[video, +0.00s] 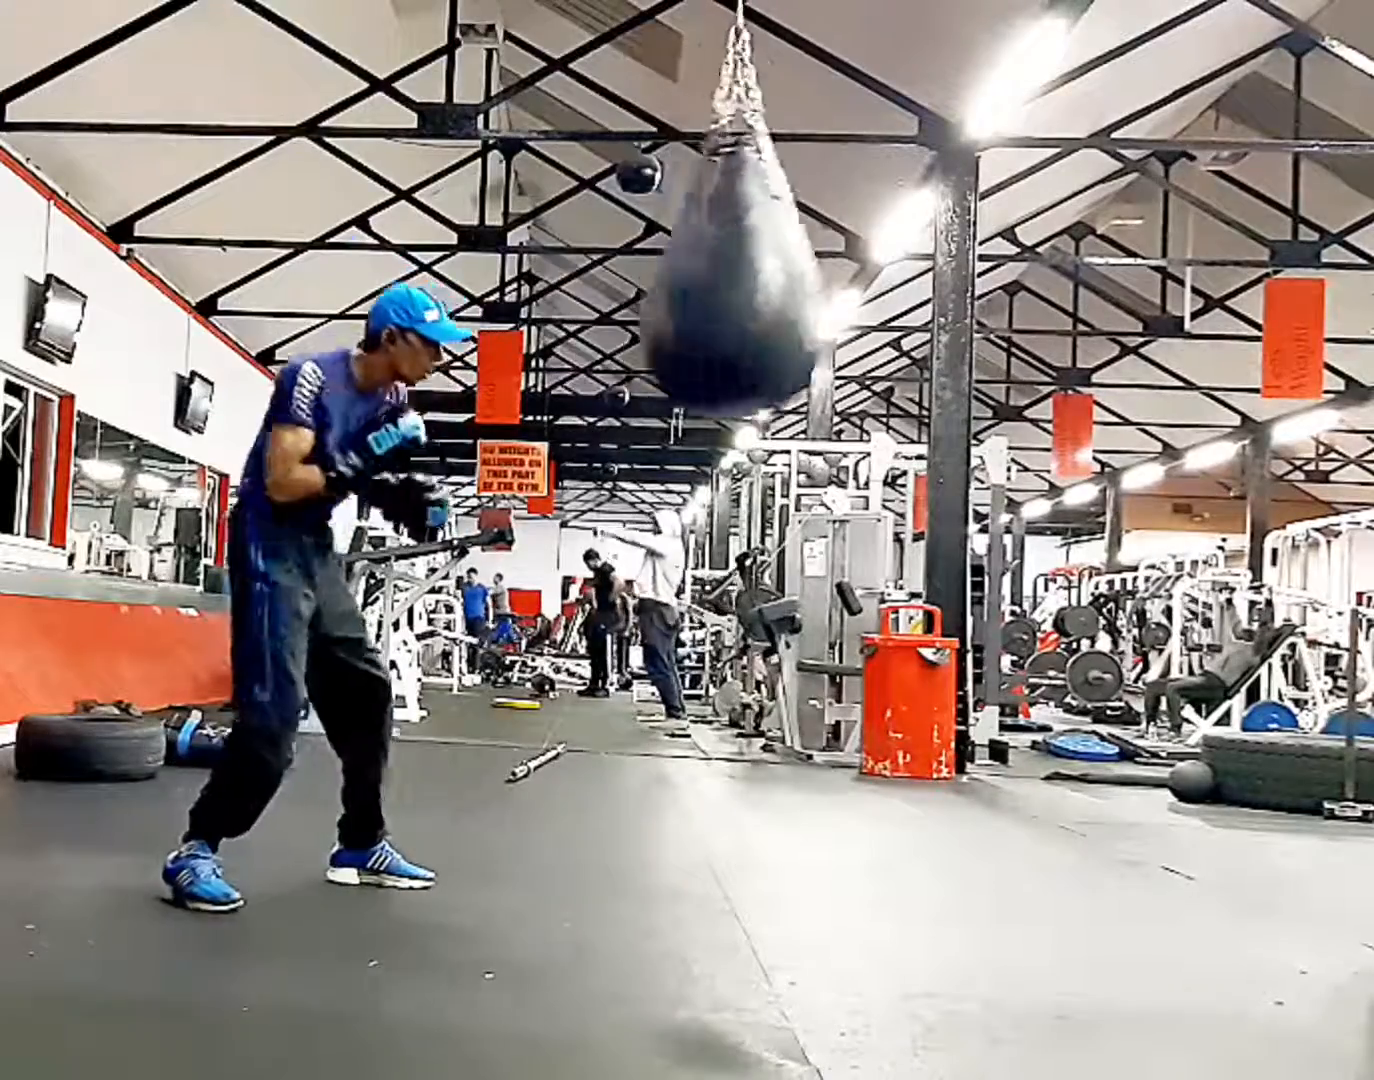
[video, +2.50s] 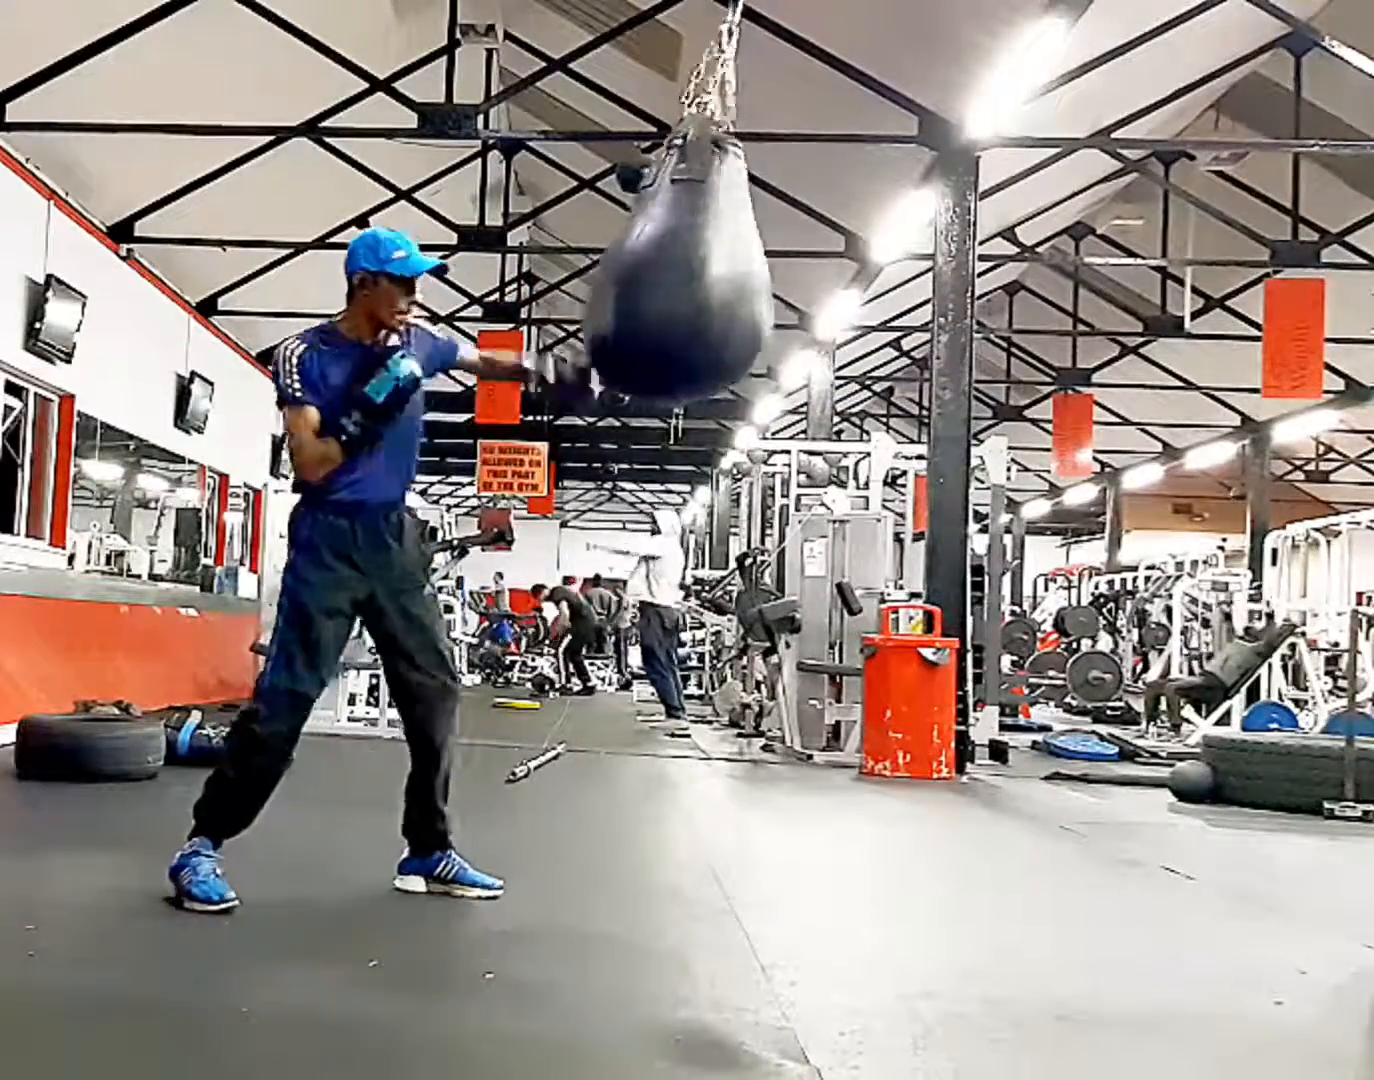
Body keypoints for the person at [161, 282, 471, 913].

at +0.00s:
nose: (436, 362)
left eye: (440, 352)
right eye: (430, 349)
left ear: (405, 345)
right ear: (393, 338)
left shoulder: (390, 407)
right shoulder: (309, 377)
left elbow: (360, 479)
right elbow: (282, 483)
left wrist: (400, 502)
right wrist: (367, 464)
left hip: (319, 561)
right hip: (268, 558)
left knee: (366, 694)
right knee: (270, 722)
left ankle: (361, 845)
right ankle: (193, 851)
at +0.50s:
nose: (454, 311)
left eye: (456, 300)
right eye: (449, 297)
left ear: (419, 292)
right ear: (414, 288)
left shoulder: (394, 366)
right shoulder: (344, 342)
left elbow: (400, 447)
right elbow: (321, 454)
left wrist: (446, 405)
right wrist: (405, 458)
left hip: (365, 533)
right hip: (323, 528)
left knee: (405, 689)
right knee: (296, 703)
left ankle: (424, 849)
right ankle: (198, 844)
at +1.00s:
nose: (523, 317)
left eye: (524, 307)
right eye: (517, 304)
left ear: (495, 304)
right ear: (486, 297)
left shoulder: (499, 371)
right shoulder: (430, 345)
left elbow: (569, 402)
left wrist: (626, 373)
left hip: (447, 532)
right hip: (410, 522)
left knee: (471, 693)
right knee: (392, 692)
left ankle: (432, 851)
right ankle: (255, 818)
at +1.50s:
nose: (516, 387)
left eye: (520, 376)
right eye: (511, 372)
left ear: (479, 369)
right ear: (479, 362)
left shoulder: (440, 417)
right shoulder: (435, 372)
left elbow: (400, 521)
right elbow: (415, 410)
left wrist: (460, 497)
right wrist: (472, 445)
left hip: (361, 545)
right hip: (335, 534)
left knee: (403, 691)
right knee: (303, 717)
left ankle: (425, 850)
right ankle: (183, 846)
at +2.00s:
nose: (395, 318)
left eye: (400, 307)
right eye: (389, 302)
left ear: (374, 299)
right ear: (352, 288)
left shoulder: (370, 364)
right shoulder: (280, 338)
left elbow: (385, 456)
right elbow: (268, 445)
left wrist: (419, 437)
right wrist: (347, 414)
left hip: (337, 536)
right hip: (284, 533)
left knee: (370, 699)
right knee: (257, 705)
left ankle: (417, 848)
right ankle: (179, 852)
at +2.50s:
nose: (410, 301)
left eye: (413, 290)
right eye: (401, 289)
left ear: (405, 291)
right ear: (362, 284)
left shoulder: (417, 344)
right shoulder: (303, 355)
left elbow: (486, 365)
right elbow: (311, 465)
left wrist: (550, 372)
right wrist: (370, 408)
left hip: (395, 541)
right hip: (327, 542)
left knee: (433, 692)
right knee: (284, 703)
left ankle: (428, 851)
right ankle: (200, 849)